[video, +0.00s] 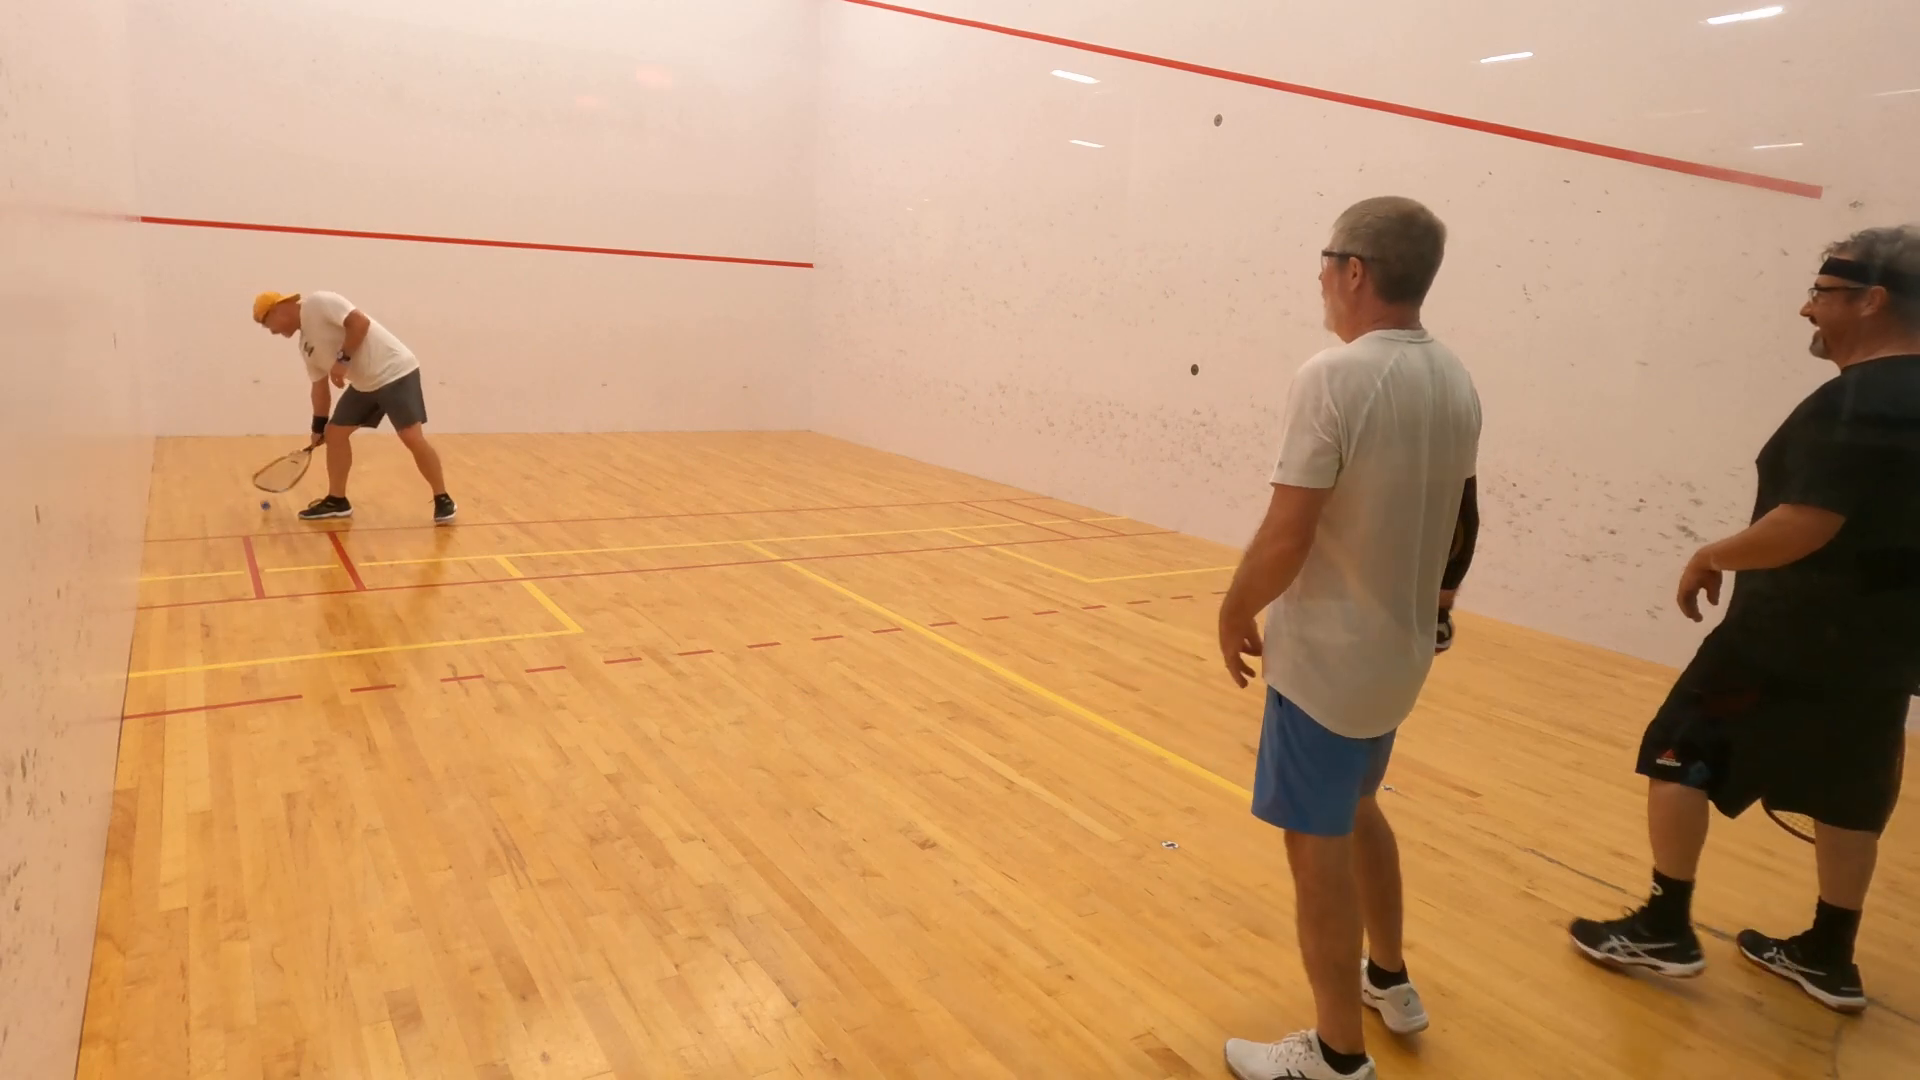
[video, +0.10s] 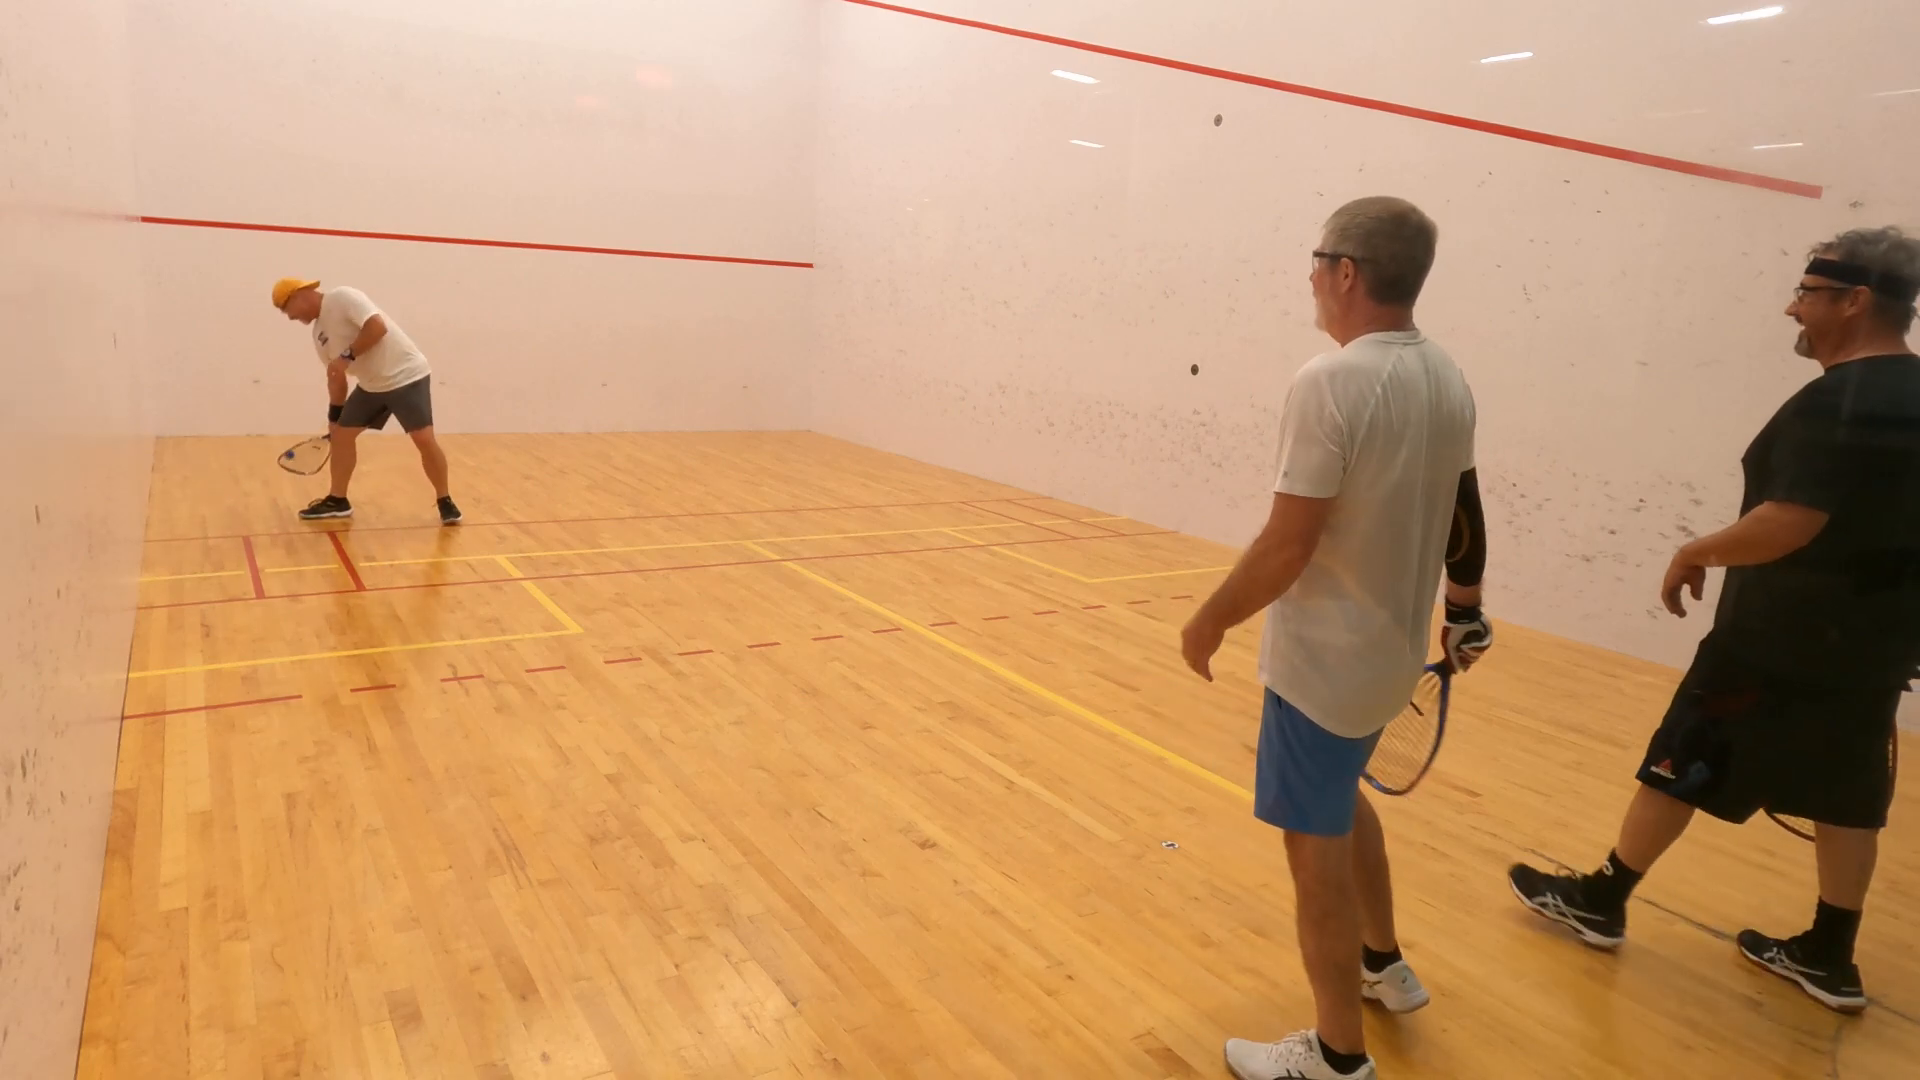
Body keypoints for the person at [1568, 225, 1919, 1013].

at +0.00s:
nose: (1808, 310)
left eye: (1822, 294)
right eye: (1812, 293)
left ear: (1875, 301)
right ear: (1883, 305)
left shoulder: (1859, 400)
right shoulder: (1910, 394)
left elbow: (1804, 524)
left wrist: (1712, 554)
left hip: (1792, 627)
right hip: (1884, 643)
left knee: (1678, 747)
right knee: (1854, 788)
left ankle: (1665, 924)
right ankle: (1830, 951)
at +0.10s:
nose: (1794, 307)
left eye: (1808, 292)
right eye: (1798, 292)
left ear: (1857, 301)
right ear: (1868, 305)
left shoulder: (1835, 403)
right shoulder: (1912, 395)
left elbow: (1788, 522)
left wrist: (1695, 552)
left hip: (1775, 639)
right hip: (1871, 648)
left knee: (1686, 755)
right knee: (1851, 789)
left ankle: (1604, 893)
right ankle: (1829, 951)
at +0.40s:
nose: (1704, 310)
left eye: (1717, 296)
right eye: (1710, 295)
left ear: (1760, 307)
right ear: (1782, 312)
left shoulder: (1740, 405)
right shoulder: (1855, 413)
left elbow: (1699, 523)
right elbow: (1850, 542)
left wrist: (1612, 554)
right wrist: (1805, 614)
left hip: (1703, 636)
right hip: (1802, 647)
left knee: (1628, 744)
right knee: (1804, 787)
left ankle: (1577, 881)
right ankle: (1823, 950)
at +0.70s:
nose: (1597, 321)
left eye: (1607, 308)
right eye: (1600, 306)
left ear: (1647, 315)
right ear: (1680, 315)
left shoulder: (1633, 401)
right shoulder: (1758, 389)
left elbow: (1600, 514)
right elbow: (1787, 491)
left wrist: (1554, 556)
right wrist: (1732, 548)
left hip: (1656, 613)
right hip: (1750, 615)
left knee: (1600, 740)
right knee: (1713, 737)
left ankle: (1575, 881)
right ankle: (1761, 876)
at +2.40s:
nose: (1561, 327)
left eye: (1570, 316)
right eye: (1565, 315)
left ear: (1600, 325)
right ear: (1623, 329)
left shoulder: (1585, 393)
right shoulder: (1693, 399)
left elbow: (1570, 483)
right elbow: (1724, 495)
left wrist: (1524, 530)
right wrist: (1691, 560)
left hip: (1594, 592)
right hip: (1679, 602)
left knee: (1506, 674)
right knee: (1647, 722)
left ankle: (1488, 803)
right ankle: (1657, 861)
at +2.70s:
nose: (1474, 323)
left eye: (1484, 315)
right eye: (1480, 312)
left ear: (1510, 328)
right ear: (1536, 331)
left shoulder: (1498, 398)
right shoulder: (1587, 397)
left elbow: (1488, 488)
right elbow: (1613, 486)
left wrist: (1440, 529)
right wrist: (1574, 543)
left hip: (1502, 576)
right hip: (1576, 584)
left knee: (1429, 656)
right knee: (1588, 701)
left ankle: (1410, 771)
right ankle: (1645, 838)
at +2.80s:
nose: (1441, 315)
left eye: (1450, 307)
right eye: (1446, 305)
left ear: (1475, 321)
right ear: (1499, 324)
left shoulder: (1464, 390)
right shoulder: (1551, 388)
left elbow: (1452, 478)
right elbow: (1573, 474)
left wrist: (1405, 515)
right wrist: (1547, 534)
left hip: (1462, 566)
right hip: (1534, 570)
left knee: (1410, 661)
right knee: (1523, 676)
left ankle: (1407, 773)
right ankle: (1604, 792)